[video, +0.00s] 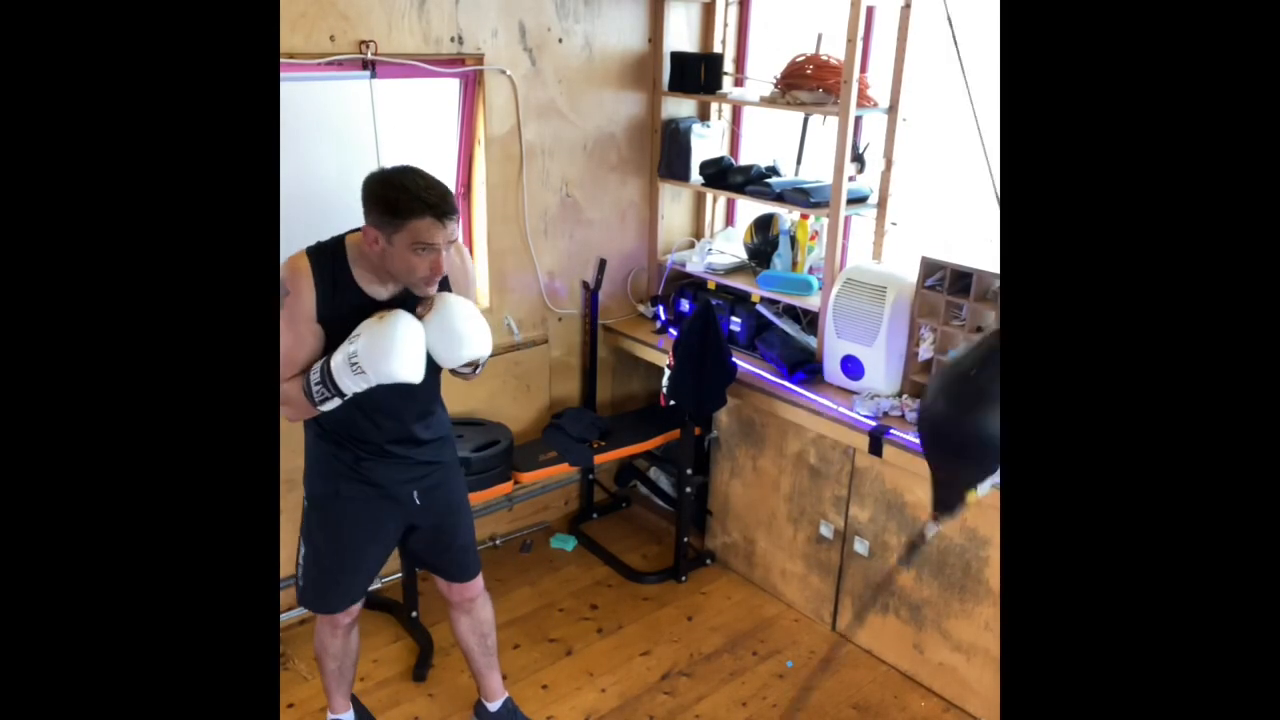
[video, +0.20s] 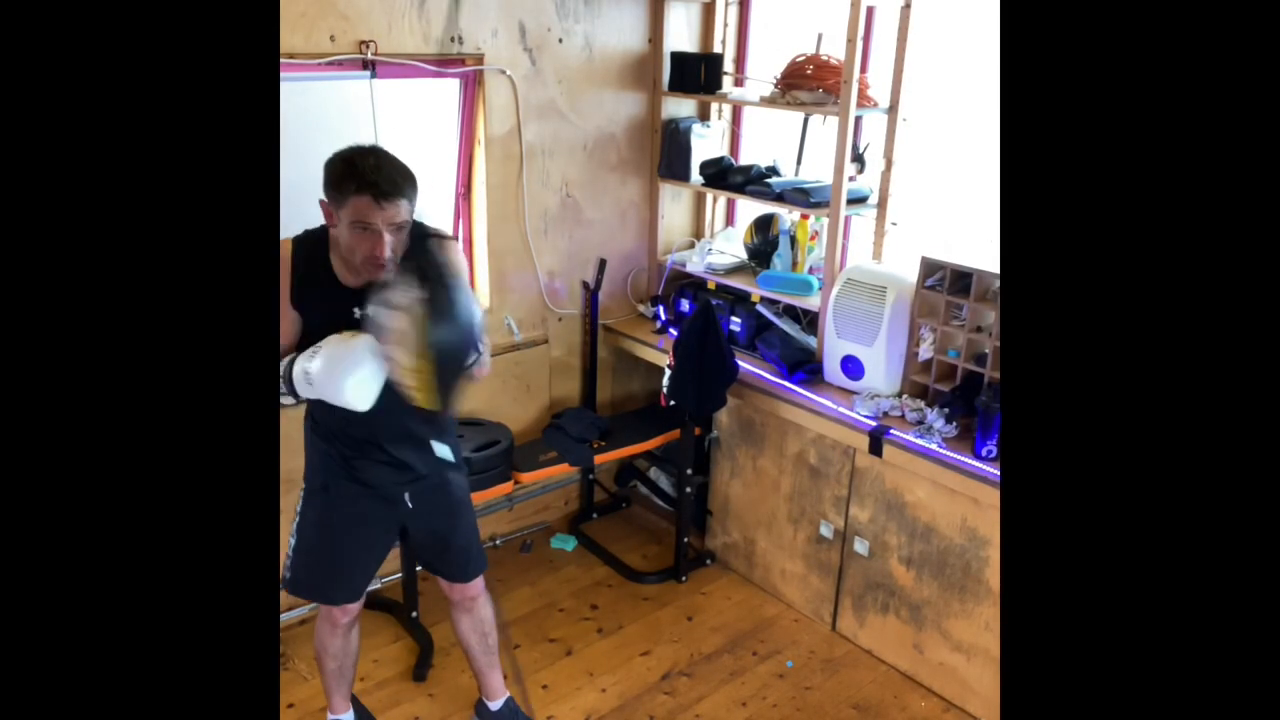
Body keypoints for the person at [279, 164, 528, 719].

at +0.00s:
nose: (441, 263)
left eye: (445, 246)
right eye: (424, 249)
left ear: (452, 237)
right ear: (372, 240)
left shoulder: (448, 263)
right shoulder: (304, 280)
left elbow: (468, 369)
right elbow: (286, 402)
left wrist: (468, 349)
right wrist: (344, 370)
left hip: (431, 460)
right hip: (347, 471)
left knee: (467, 587)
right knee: (339, 612)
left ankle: (495, 702)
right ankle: (341, 713)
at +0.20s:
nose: (383, 247)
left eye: (396, 228)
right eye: (364, 229)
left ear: (411, 217)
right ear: (329, 217)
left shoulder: (435, 256)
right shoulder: (296, 263)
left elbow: (477, 361)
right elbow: (281, 369)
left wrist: (427, 339)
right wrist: (304, 370)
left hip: (428, 451)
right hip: (345, 459)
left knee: (468, 587)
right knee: (340, 608)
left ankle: (497, 702)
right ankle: (341, 713)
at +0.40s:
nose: (387, 228)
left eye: (396, 209)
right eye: (366, 212)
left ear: (406, 199)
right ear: (325, 205)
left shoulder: (431, 250)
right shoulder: (295, 257)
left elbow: (470, 360)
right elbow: (290, 359)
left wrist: (411, 394)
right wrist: (293, 348)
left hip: (435, 441)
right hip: (346, 446)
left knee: (475, 588)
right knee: (346, 603)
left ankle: (498, 703)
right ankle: (346, 713)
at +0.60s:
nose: (467, 213)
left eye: (471, 197)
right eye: (456, 196)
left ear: (413, 193)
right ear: (404, 192)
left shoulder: (452, 256)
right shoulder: (343, 258)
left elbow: (476, 323)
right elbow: (373, 373)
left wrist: (482, 384)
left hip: (444, 460)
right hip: (368, 475)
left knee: (475, 593)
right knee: (354, 621)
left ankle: (496, 703)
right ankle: (344, 713)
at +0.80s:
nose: (491, 210)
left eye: (496, 195)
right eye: (480, 192)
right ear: (430, 185)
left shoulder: (437, 252)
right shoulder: (407, 254)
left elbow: (450, 336)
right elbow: (489, 353)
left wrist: (505, 328)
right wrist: (588, 315)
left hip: (452, 462)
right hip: (390, 476)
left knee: (478, 582)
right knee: (370, 623)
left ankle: (493, 699)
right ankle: (345, 713)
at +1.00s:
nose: (489, 212)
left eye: (496, 195)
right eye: (472, 195)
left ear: (501, 190)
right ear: (428, 189)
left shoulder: (482, 247)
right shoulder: (376, 262)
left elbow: (501, 340)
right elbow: (377, 389)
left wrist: (524, 311)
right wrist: (451, 329)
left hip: (477, 454)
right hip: (405, 467)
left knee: (490, 579)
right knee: (393, 619)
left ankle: (496, 698)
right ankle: (344, 711)